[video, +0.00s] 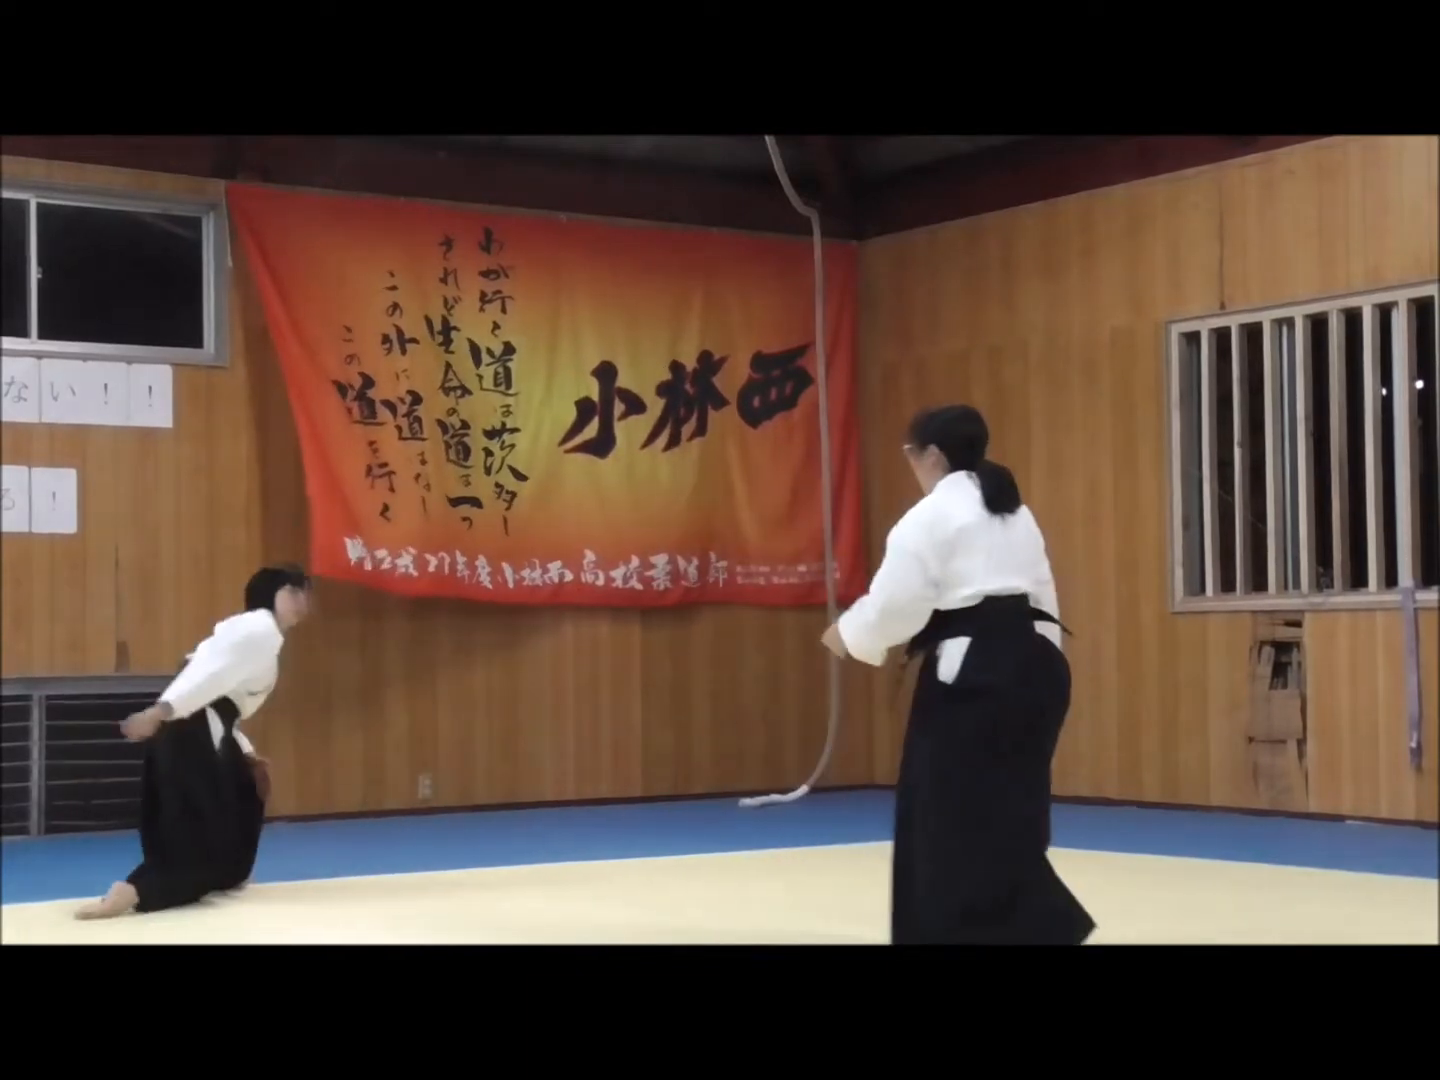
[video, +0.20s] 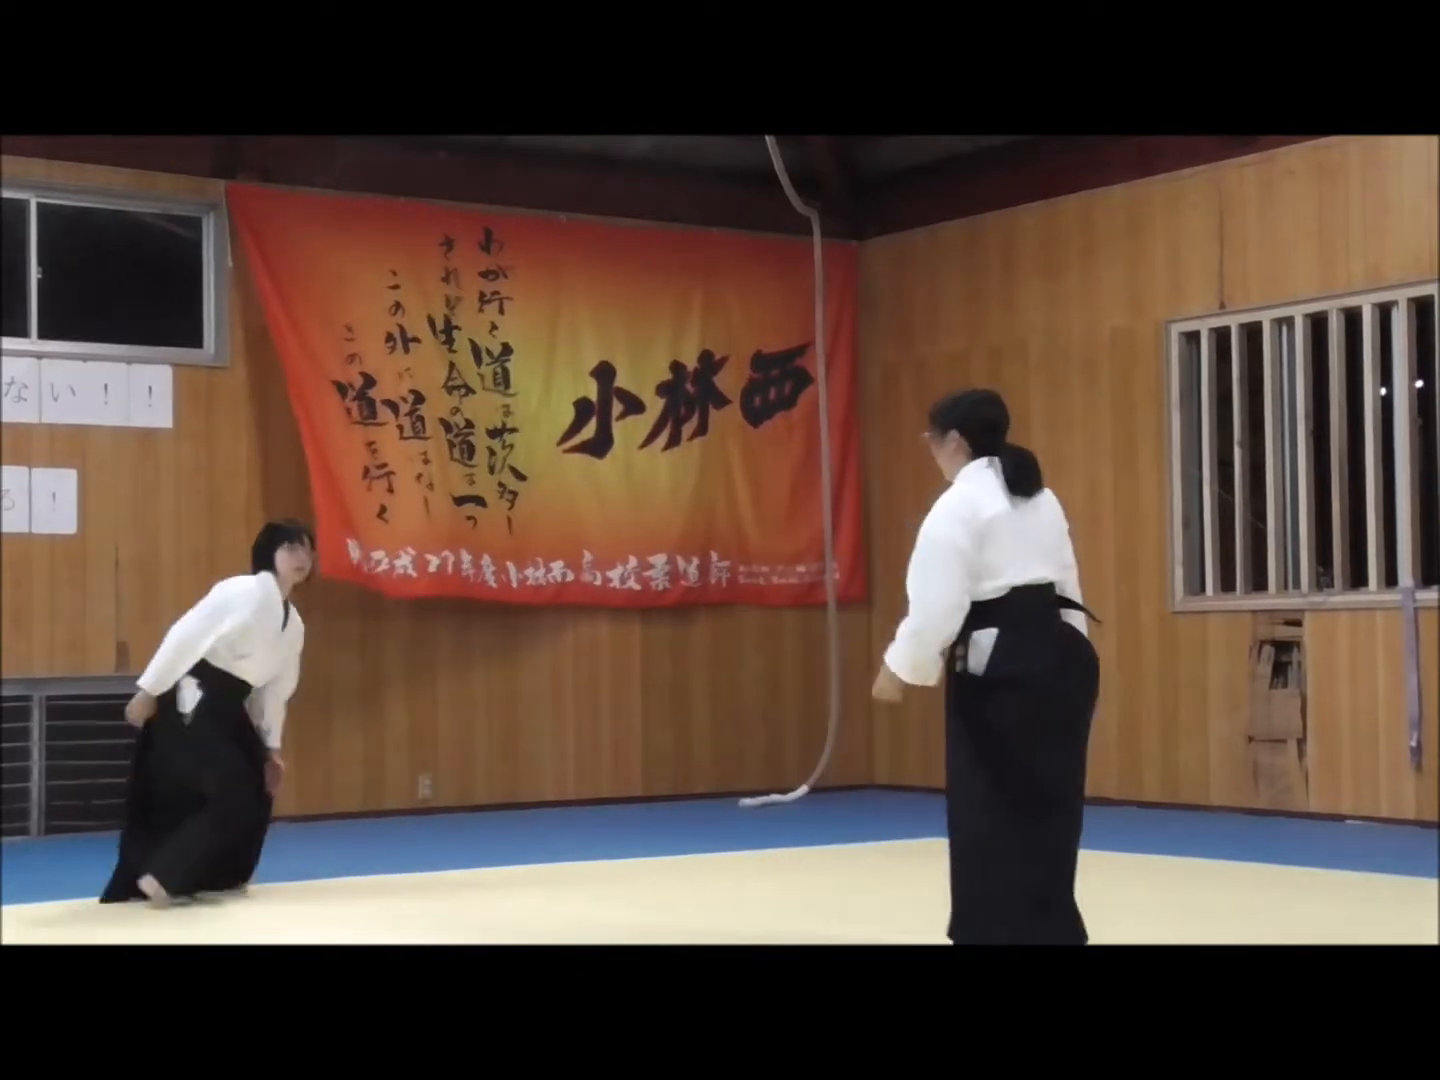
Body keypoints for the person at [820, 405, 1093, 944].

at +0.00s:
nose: (911, 466)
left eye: (913, 456)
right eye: (910, 457)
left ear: (935, 455)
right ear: (974, 453)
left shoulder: (926, 521)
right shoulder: (1017, 510)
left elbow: (892, 606)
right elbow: (1042, 595)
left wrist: (845, 634)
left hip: (971, 667)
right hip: (1039, 661)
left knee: (938, 803)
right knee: (1013, 804)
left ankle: (942, 926)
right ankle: (1046, 920)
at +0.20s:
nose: (930, 450)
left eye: (934, 439)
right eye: (931, 439)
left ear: (956, 441)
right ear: (993, 438)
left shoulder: (956, 508)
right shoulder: (1040, 495)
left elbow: (937, 608)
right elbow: (1066, 578)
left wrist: (897, 669)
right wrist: (1073, 640)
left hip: (997, 662)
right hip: (1065, 654)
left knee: (985, 807)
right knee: (1053, 803)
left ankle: (989, 929)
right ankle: (1053, 927)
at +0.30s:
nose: (941, 448)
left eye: (944, 437)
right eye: (941, 437)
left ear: (967, 438)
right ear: (1001, 436)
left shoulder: (969, 507)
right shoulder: (1049, 492)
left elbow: (950, 601)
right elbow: (1073, 572)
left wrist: (923, 678)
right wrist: (1081, 634)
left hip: (1011, 664)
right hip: (1076, 657)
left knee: (1000, 808)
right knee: (1067, 804)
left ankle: (1005, 929)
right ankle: (1059, 928)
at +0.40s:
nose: (952, 448)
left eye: (954, 436)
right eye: (951, 436)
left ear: (975, 437)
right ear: (1011, 435)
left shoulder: (980, 503)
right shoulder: (1058, 492)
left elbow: (960, 597)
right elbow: (1080, 575)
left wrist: (940, 686)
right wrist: (1085, 641)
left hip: (1016, 661)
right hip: (1080, 656)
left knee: (1005, 804)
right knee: (1073, 800)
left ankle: (1013, 926)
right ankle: (1073, 925)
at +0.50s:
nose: (962, 448)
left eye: (964, 437)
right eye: (962, 437)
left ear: (987, 437)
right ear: (1020, 435)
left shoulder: (991, 503)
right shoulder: (1068, 493)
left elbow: (970, 597)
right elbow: (1088, 581)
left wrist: (950, 687)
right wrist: (1088, 645)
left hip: (1023, 664)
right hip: (1087, 660)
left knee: (1007, 808)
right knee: (1079, 806)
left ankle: (1015, 928)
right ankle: (1077, 928)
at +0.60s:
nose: (972, 449)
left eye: (974, 438)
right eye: (971, 438)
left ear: (997, 438)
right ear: (1032, 436)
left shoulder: (998, 504)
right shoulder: (1080, 496)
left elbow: (976, 597)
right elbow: (1098, 588)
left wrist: (956, 684)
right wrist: (1095, 651)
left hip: (1028, 667)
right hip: (1093, 663)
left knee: (1011, 812)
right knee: (1087, 809)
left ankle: (1014, 930)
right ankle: (1086, 930)